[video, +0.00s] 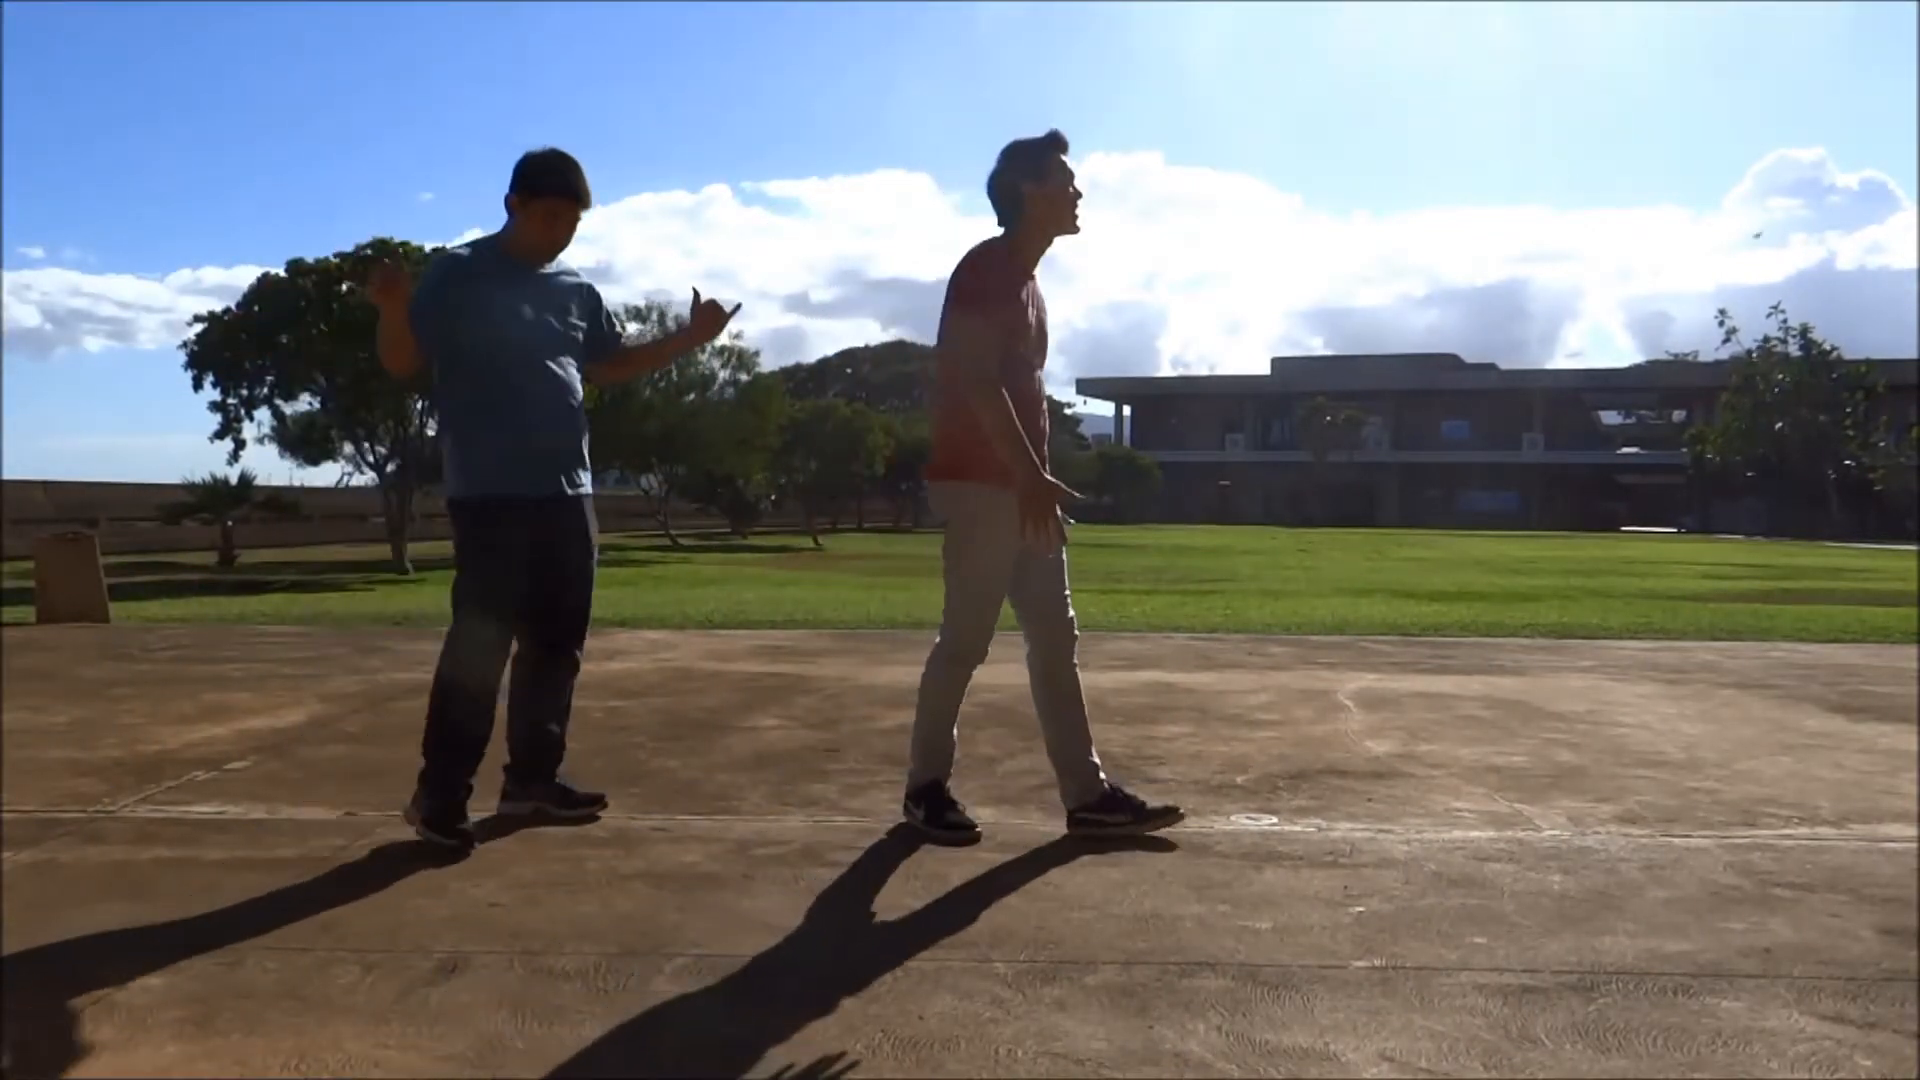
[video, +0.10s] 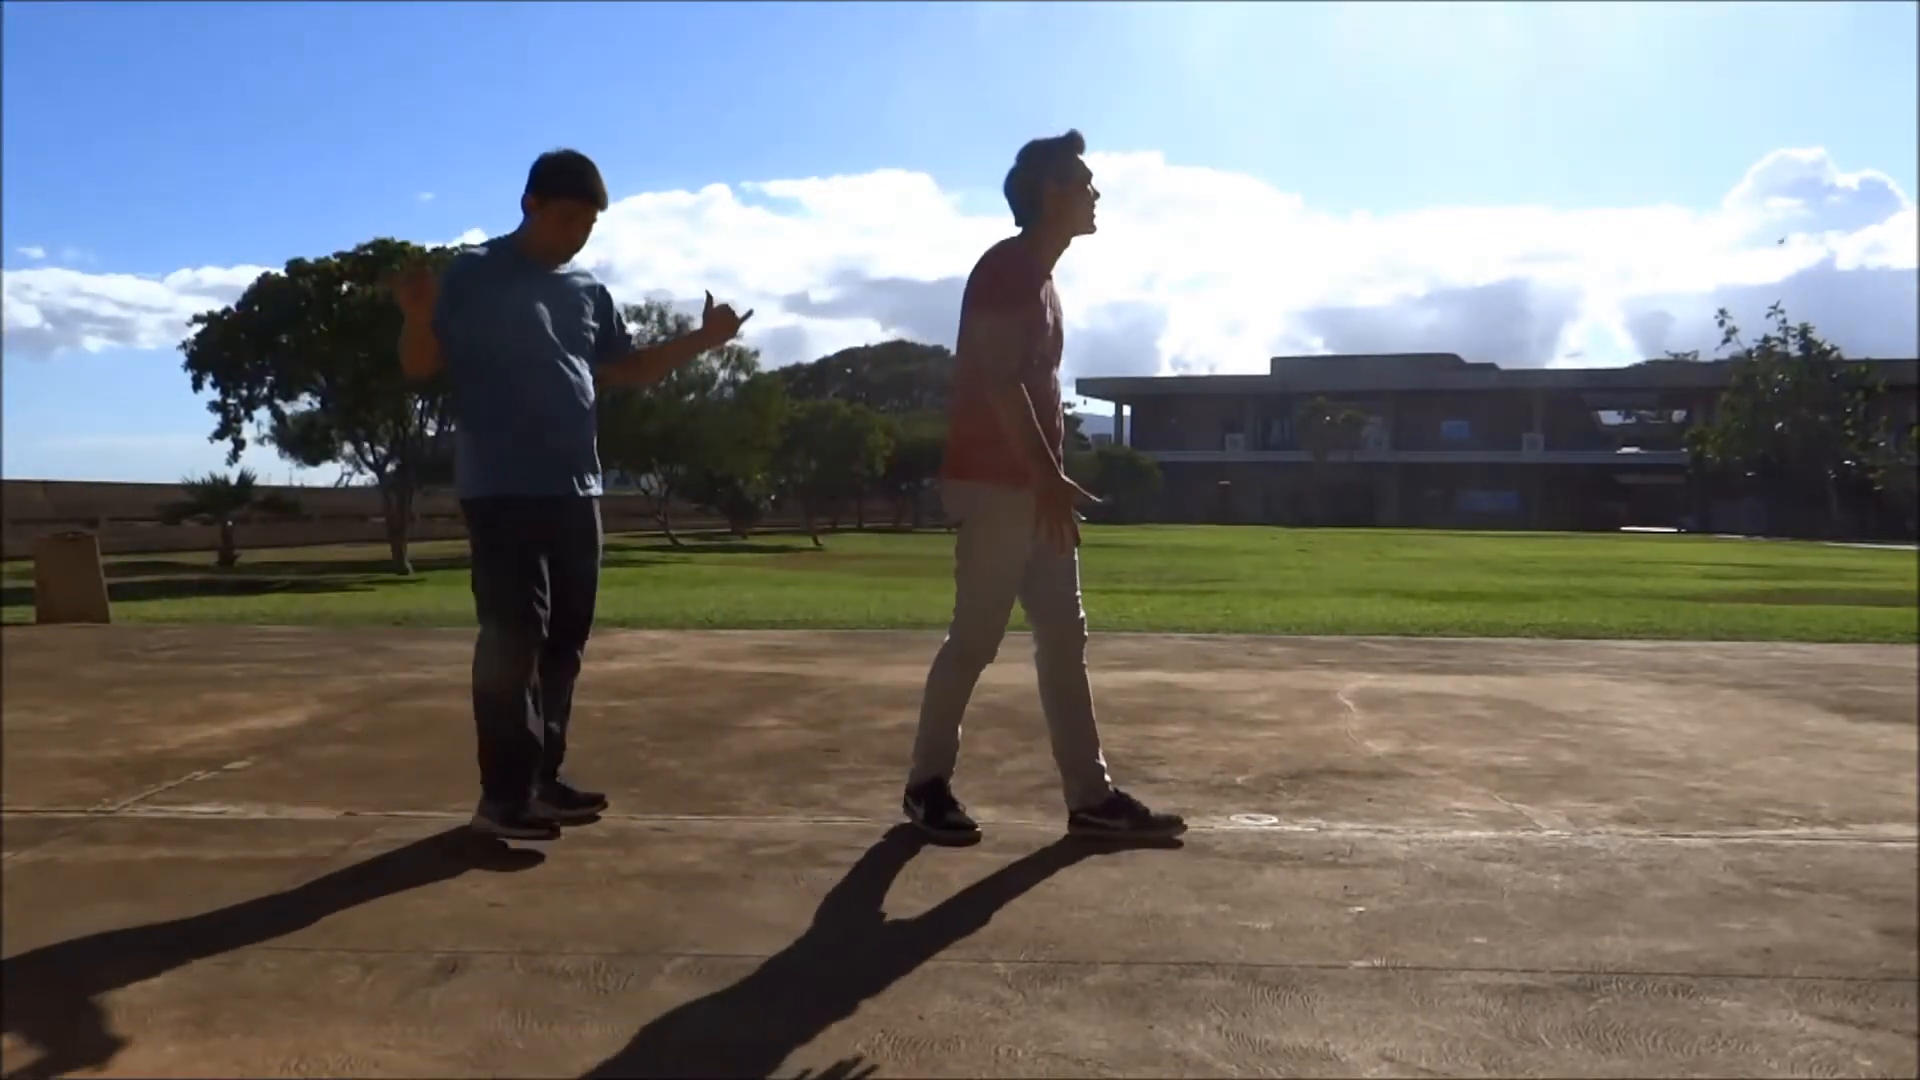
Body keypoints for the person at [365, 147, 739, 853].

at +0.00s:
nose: (569, 232)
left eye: (576, 219)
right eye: (561, 217)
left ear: (575, 217)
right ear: (522, 204)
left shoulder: (577, 294)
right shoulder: (451, 274)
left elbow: (606, 367)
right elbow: (402, 364)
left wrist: (692, 336)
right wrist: (393, 307)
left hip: (564, 491)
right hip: (486, 491)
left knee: (556, 641)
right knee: (479, 640)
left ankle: (535, 780)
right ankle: (441, 797)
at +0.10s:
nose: (586, 233)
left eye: (593, 221)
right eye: (579, 218)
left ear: (589, 218)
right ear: (538, 204)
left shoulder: (590, 293)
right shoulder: (469, 273)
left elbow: (617, 370)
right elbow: (420, 365)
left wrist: (703, 338)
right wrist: (417, 308)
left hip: (574, 488)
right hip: (500, 487)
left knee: (566, 637)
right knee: (515, 632)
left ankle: (544, 780)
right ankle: (503, 796)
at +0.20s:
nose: (600, 238)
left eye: (607, 225)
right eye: (594, 222)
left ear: (603, 220)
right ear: (552, 206)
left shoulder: (598, 291)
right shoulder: (484, 274)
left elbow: (627, 368)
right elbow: (435, 368)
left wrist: (717, 357)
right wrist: (438, 318)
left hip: (583, 486)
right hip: (514, 484)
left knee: (570, 631)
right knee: (550, 628)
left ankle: (528, 779)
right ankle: (564, 785)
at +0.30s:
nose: (613, 240)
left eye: (621, 227)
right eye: (608, 223)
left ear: (616, 223)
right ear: (566, 207)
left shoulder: (608, 293)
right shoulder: (501, 274)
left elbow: (639, 368)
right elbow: (453, 369)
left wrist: (731, 384)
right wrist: (462, 343)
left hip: (591, 485)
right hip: (527, 483)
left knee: (564, 626)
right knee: (575, 620)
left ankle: (530, 779)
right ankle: (615, 778)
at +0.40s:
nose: (630, 243)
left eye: (637, 230)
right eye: (626, 227)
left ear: (620, 223)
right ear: (586, 210)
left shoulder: (619, 293)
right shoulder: (516, 276)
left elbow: (641, 372)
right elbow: (469, 374)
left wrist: (725, 393)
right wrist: (488, 352)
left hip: (601, 488)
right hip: (542, 486)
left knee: (565, 627)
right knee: (595, 620)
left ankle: (530, 781)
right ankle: (644, 780)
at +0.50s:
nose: (646, 246)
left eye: (654, 233)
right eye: (643, 230)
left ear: (638, 225)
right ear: (603, 212)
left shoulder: (630, 293)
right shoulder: (533, 277)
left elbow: (646, 374)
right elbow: (489, 375)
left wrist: (730, 395)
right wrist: (516, 358)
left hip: (610, 492)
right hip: (556, 491)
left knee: (571, 632)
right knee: (610, 626)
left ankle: (531, 782)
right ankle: (654, 788)